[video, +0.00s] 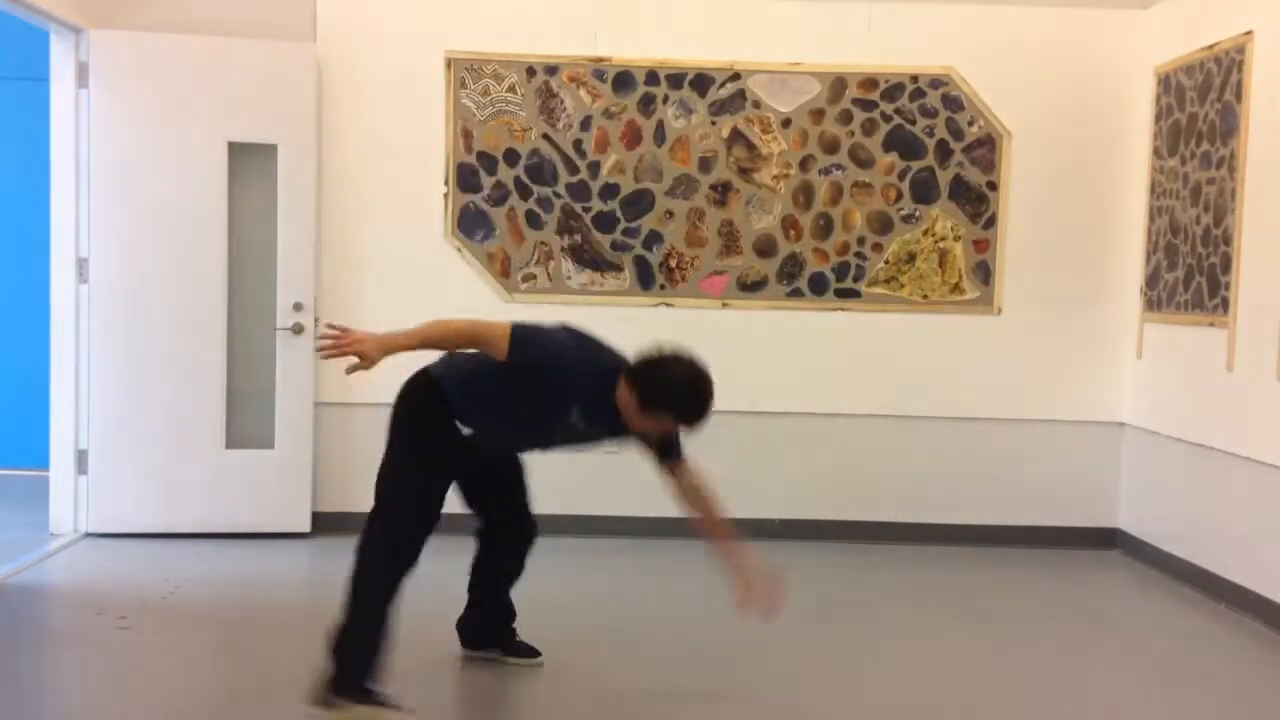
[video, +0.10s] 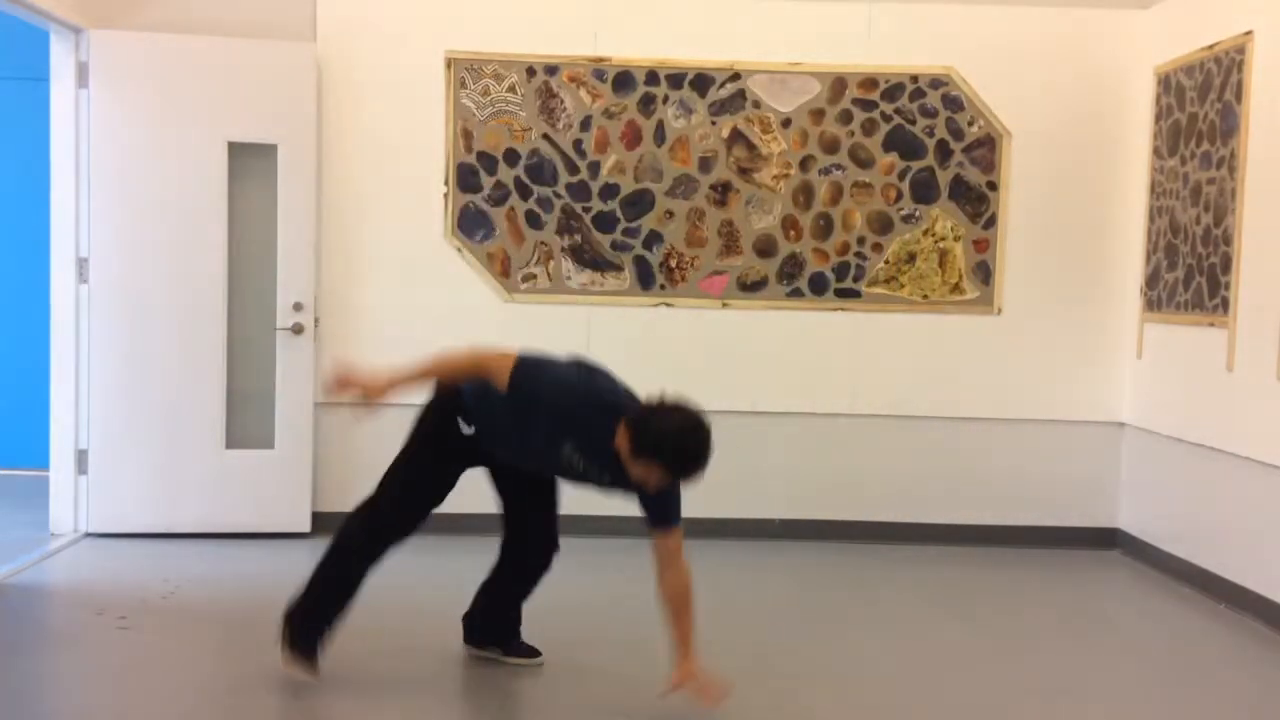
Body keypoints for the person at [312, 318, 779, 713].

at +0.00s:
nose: (667, 435)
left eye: (672, 429)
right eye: (665, 425)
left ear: (664, 415)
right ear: (639, 400)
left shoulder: (649, 419)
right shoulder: (571, 357)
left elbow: (692, 492)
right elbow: (471, 332)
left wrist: (740, 564)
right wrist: (384, 343)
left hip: (489, 433)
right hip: (435, 403)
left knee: (511, 527)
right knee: (396, 535)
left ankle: (485, 630)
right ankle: (349, 675)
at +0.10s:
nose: (662, 487)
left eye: (668, 481)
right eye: (659, 475)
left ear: (672, 472)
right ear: (632, 446)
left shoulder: (658, 475)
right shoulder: (577, 392)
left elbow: (673, 564)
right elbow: (481, 362)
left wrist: (685, 656)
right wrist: (386, 383)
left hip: (524, 449)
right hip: (465, 414)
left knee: (534, 544)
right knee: (392, 514)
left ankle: (489, 629)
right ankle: (306, 622)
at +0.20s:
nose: (641, 533)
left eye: (648, 528)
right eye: (638, 521)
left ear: (665, 515)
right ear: (613, 486)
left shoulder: (659, 507)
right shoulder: (561, 440)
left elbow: (660, 603)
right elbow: (467, 431)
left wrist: (658, 704)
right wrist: (387, 486)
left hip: (567, 415)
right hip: (506, 394)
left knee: (535, 546)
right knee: (409, 462)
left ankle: (492, 627)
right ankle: (354, 502)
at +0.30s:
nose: (606, 583)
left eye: (615, 580)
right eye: (598, 575)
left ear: (636, 545)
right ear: (583, 537)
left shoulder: (656, 522)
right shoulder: (538, 486)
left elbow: (659, 613)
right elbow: (470, 520)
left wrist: (657, 706)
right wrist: (427, 589)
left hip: (601, 384)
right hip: (540, 355)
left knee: (546, 522)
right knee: (483, 371)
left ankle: (522, 596)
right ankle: (479, 311)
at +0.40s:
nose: (553, 609)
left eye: (564, 608)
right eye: (543, 602)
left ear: (590, 574)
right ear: (530, 566)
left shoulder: (633, 530)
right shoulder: (512, 513)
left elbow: (652, 619)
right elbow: (508, 564)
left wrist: (656, 704)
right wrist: (506, 617)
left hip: (630, 374)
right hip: (556, 361)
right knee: (519, 299)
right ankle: (536, 182)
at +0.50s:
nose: (544, 610)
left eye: (545, 600)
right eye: (536, 605)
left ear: (554, 569)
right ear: (500, 557)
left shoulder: (611, 529)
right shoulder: (511, 520)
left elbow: (650, 613)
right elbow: (557, 588)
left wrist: (657, 704)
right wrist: (567, 657)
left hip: (633, 356)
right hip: (561, 348)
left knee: (694, 432)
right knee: (540, 262)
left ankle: (770, 367)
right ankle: (522, 158)